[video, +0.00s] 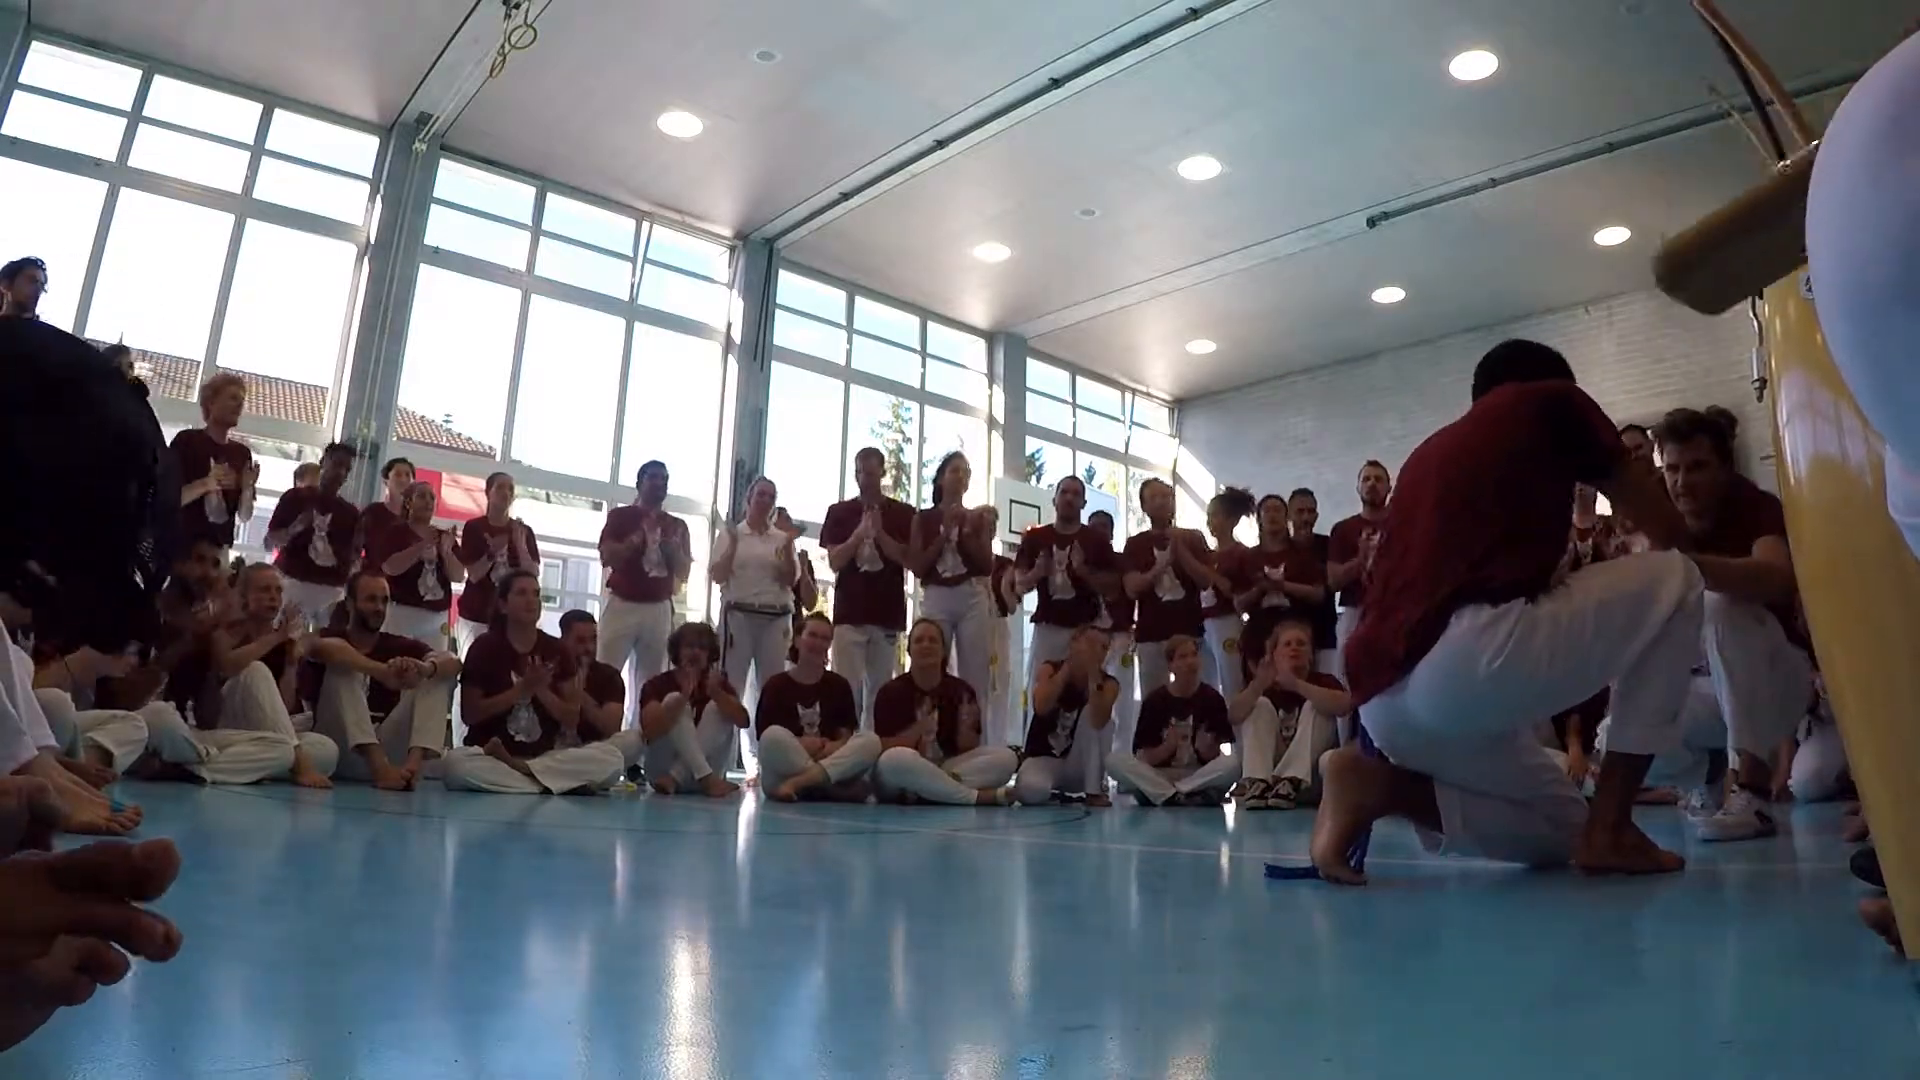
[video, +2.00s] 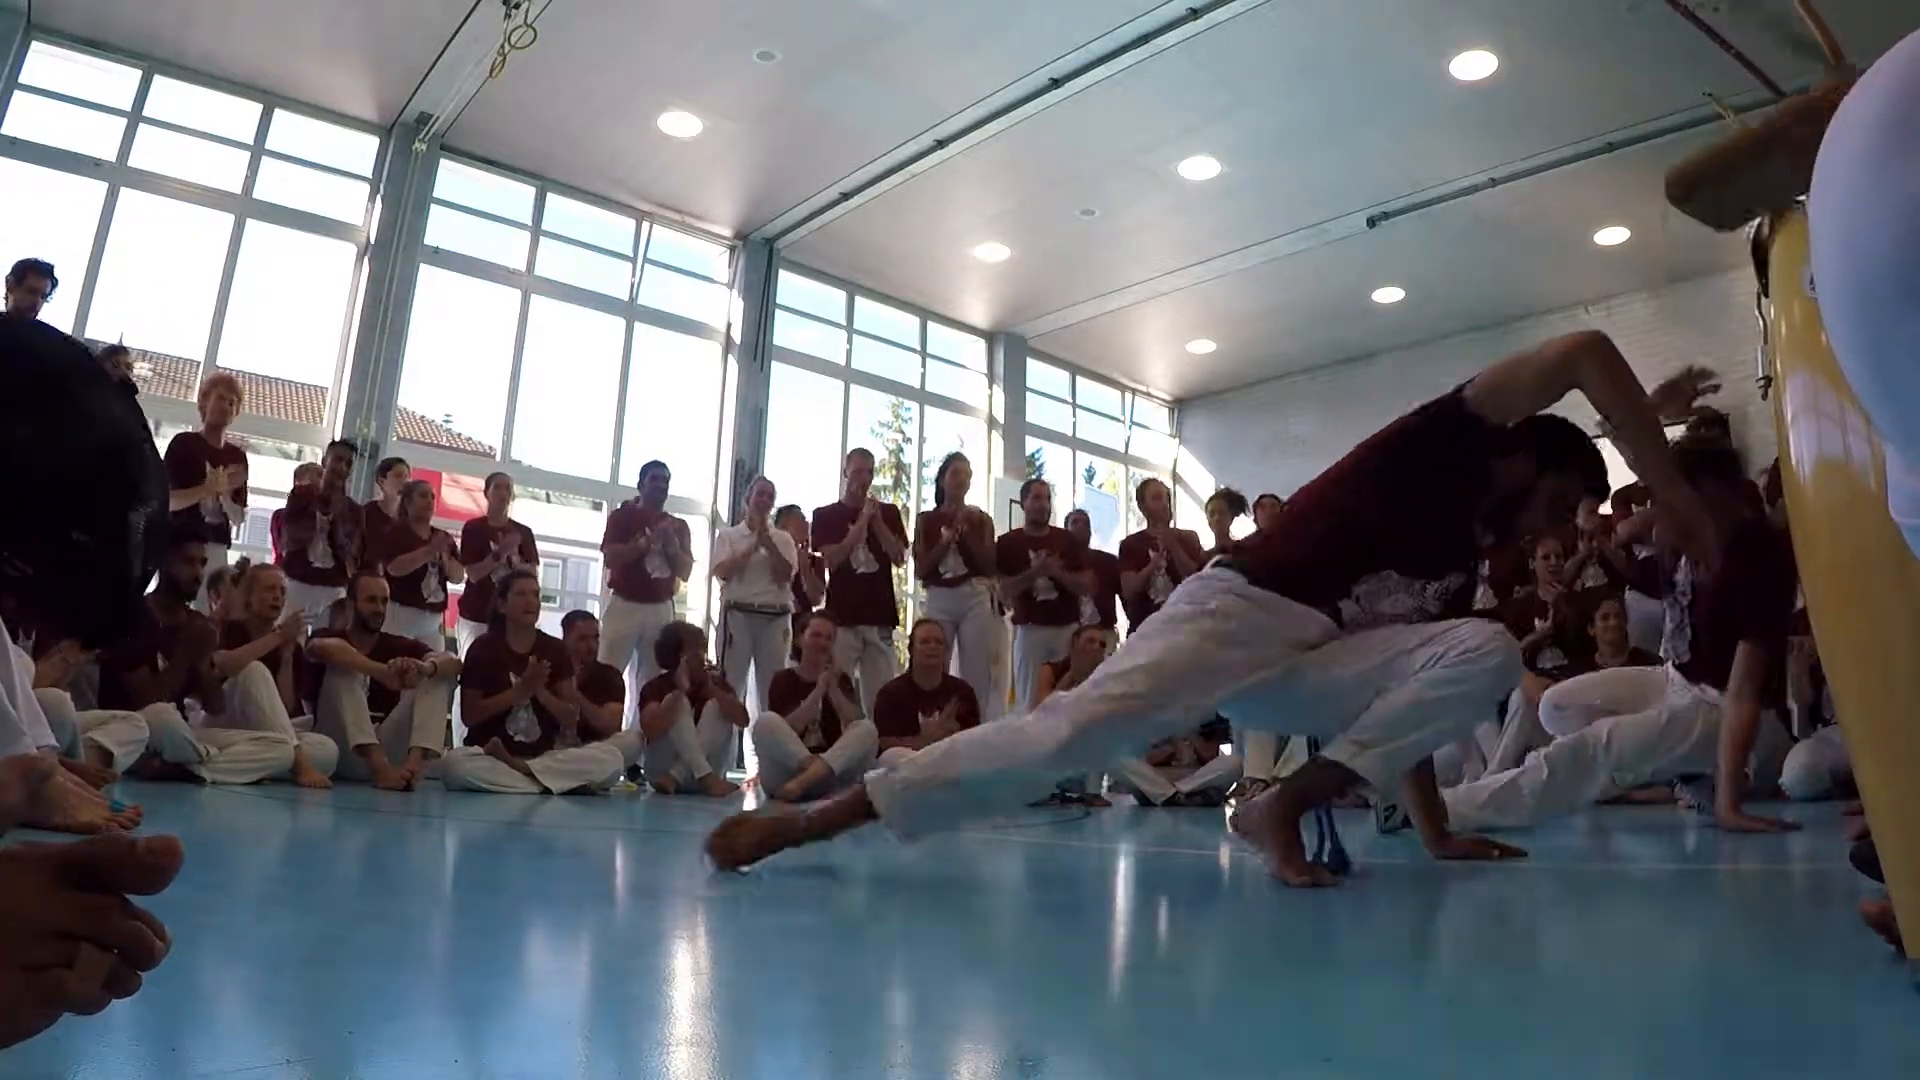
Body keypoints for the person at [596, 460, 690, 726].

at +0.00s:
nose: (658, 484)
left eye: (663, 479)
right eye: (652, 478)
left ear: (667, 486)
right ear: (639, 483)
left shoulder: (677, 525)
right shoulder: (619, 516)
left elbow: (683, 573)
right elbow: (607, 557)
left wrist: (673, 550)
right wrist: (631, 543)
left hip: (658, 610)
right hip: (621, 607)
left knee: (651, 687)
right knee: (605, 681)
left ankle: (645, 750)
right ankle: (598, 746)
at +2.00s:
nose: (660, 484)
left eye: (665, 480)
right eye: (654, 479)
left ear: (669, 486)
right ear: (640, 484)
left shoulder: (678, 525)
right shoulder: (621, 517)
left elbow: (685, 572)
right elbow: (612, 558)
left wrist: (671, 544)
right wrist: (644, 543)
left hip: (660, 609)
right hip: (623, 606)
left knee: (653, 685)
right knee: (607, 680)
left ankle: (646, 748)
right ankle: (599, 746)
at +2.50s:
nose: (660, 485)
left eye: (664, 480)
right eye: (654, 479)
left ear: (669, 487)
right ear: (641, 484)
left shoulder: (677, 526)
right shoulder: (620, 517)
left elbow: (684, 572)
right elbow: (611, 556)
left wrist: (670, 540)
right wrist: (645, 540)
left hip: (660, 610)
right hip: (622, 607)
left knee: (653, 686)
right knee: (606, 680)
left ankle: (647, 747)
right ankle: (598, 745)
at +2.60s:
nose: (660, 485)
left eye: (665, 480)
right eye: (654, 479)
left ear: (669, 487)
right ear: (641, 484)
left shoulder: (677, 526)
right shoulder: (620, 517)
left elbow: (684, 573)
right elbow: (610, 557)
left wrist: (671, 540)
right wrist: (645, 540)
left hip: (661, 609)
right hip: (623, 606)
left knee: (652, 686)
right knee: (605, 680)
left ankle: (646, 747)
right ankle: (597, 745)